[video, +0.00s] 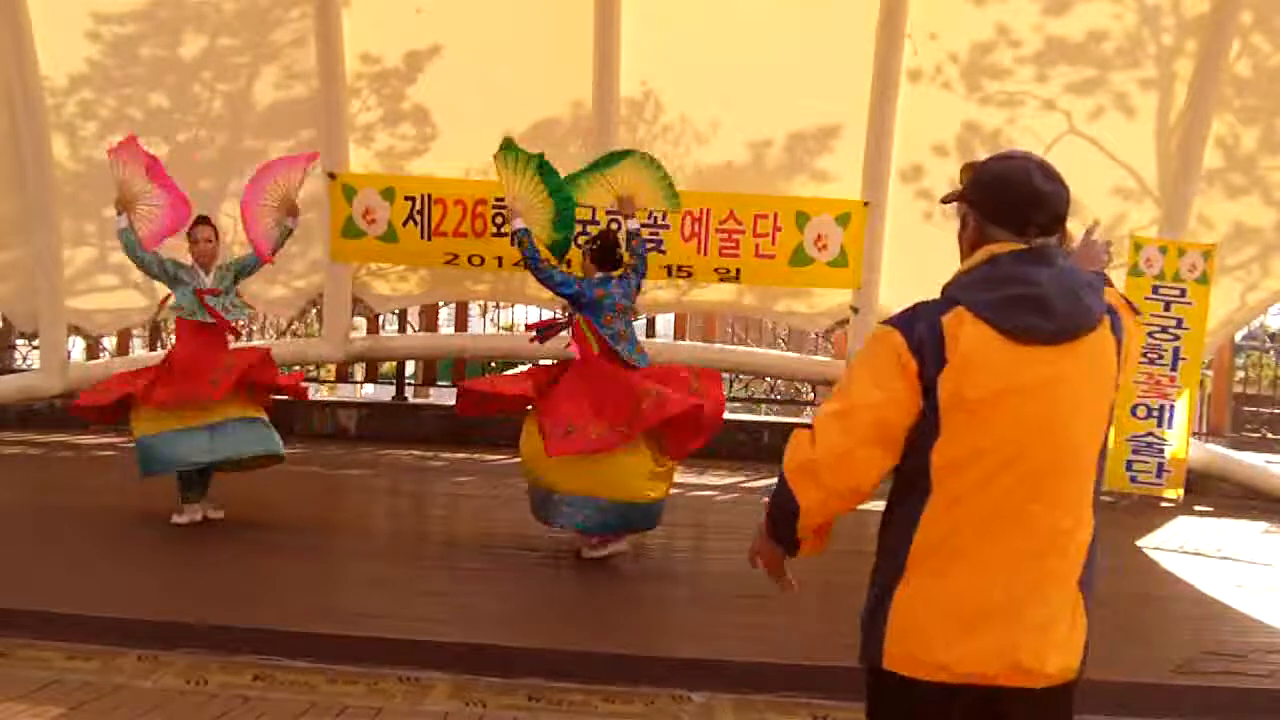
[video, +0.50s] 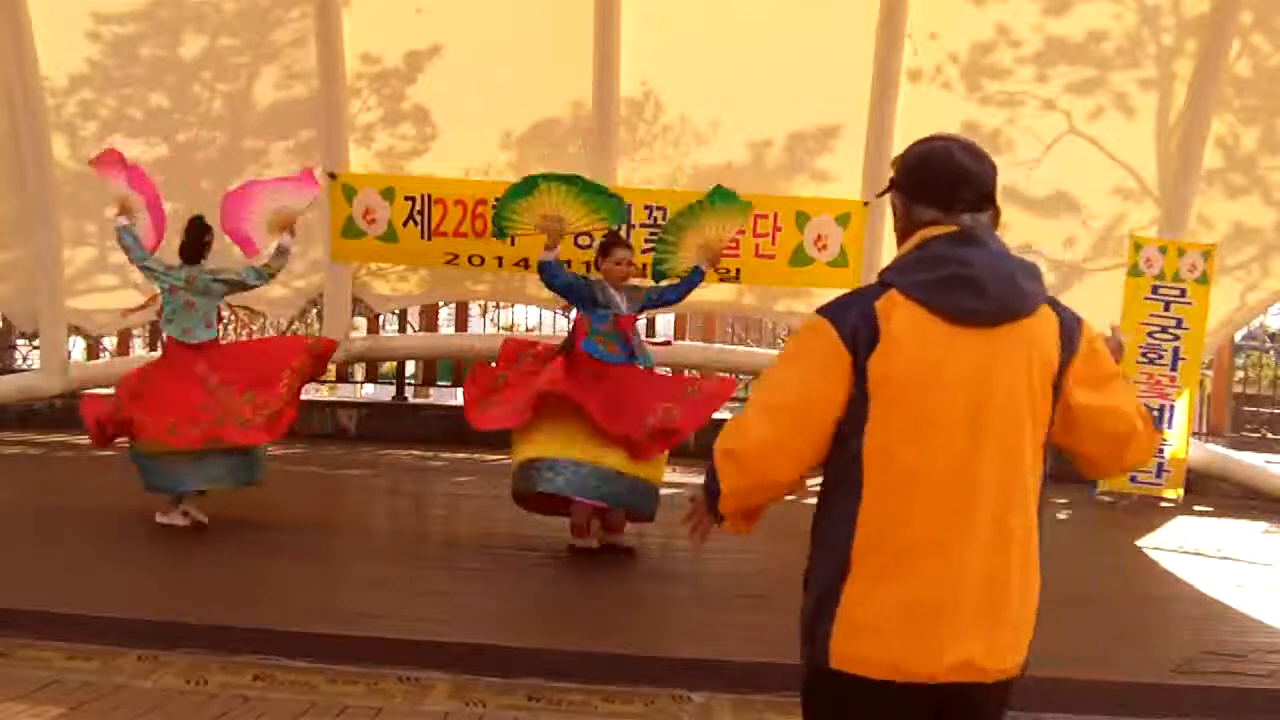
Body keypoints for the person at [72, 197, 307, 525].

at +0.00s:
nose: (203, 247)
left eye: (209, 241)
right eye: (197, 241)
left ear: (218, 244)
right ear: (189, 246)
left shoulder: (228, 274)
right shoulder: (180, 275)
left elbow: (262, 253)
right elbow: (142, 257)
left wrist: (289, 223)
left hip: (217, 354)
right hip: (186, 354)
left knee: (212, 425)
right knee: (186, 426)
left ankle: (200, 498)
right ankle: (188, 502)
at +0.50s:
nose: (207, 247)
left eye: (197, 238)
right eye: (209, 242)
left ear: (182, 244)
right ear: (208, 248)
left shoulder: (168, 276)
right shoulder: (216, 282)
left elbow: (137, 256)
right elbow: (260, 275)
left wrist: (123, 222)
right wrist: (286, 240)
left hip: (173, 361)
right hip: (207, 362)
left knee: (172, 429)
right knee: (199, 429)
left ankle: (175, 506)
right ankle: (189, 502)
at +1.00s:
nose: (212, 255)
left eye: (214, 249)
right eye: (205, 249)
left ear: (216, 253)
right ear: (187, 252)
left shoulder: (221, 291)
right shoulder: (174, 284)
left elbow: (251, 316)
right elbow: (139, 296)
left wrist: (284, 317)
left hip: (201, 368)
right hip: (170, 365)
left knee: (188, 431)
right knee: (162, 428)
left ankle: (175, 502)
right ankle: (151, 492)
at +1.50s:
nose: (181, 247)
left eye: (188, 242)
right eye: (177, 241)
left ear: (201, 246)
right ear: (171, 245)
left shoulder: (206, 278)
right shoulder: (165, 277)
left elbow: (208, 321)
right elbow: (152, 315)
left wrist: (168, 323)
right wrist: (147, 324)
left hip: (195, 357)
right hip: (166, 355)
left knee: (194, 416)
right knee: (165, 415)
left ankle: (192, 486)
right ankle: (171, 484)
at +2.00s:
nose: (175, 254)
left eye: (182, 248)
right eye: (172, 248)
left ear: (197, 253)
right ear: (169, 253)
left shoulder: (210, 289)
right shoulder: (161, 285)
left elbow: (221, 329)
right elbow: (123, 292)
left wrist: (187, 335)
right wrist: (85, 293)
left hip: (195, 365)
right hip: (161, 363)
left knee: (195, 425)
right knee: (158, 424)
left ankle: (197, 494)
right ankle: (161, 490)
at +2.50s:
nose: (179, 249)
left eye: (186, 243)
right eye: (176, 244)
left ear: (202, 247)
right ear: (173, 250)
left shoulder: (212, 279)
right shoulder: (170, 277)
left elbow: (234, 303)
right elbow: (147, 253)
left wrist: (205, 317)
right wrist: (144, 216)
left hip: (203, 360)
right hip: (167, 359)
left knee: (201, 423)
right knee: (162, 422)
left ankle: (198, 496)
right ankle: (164, 501)